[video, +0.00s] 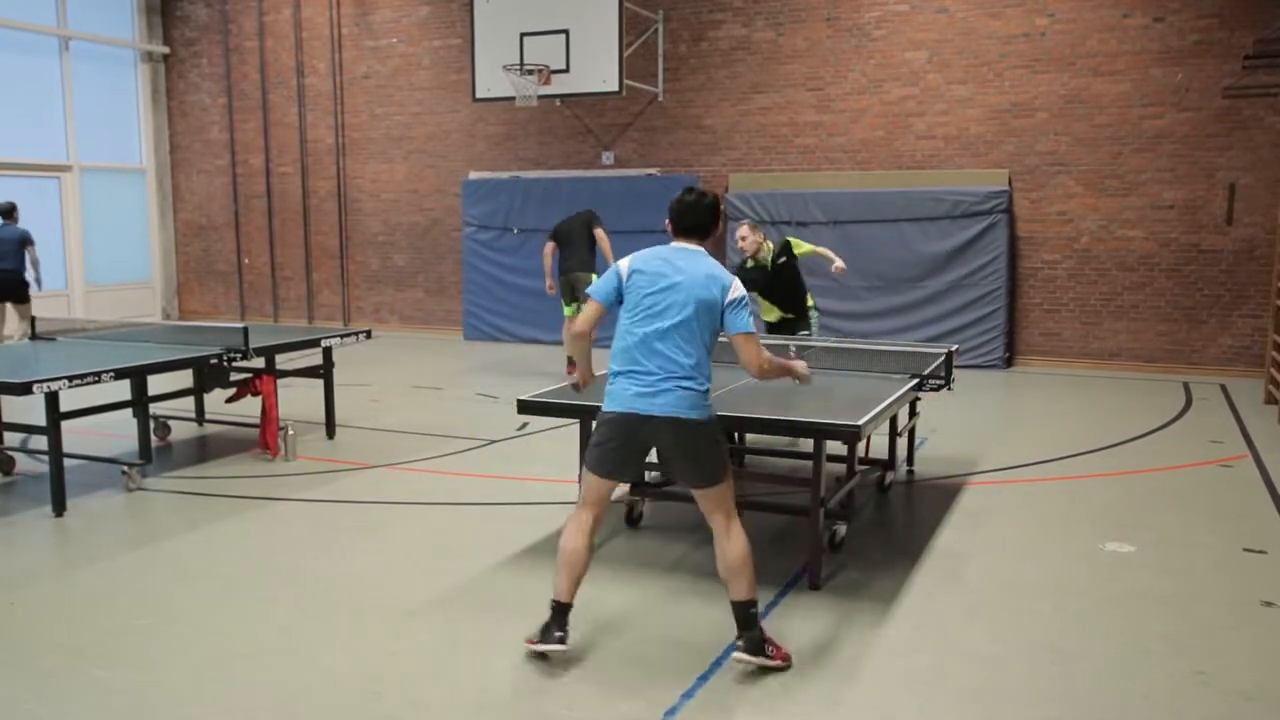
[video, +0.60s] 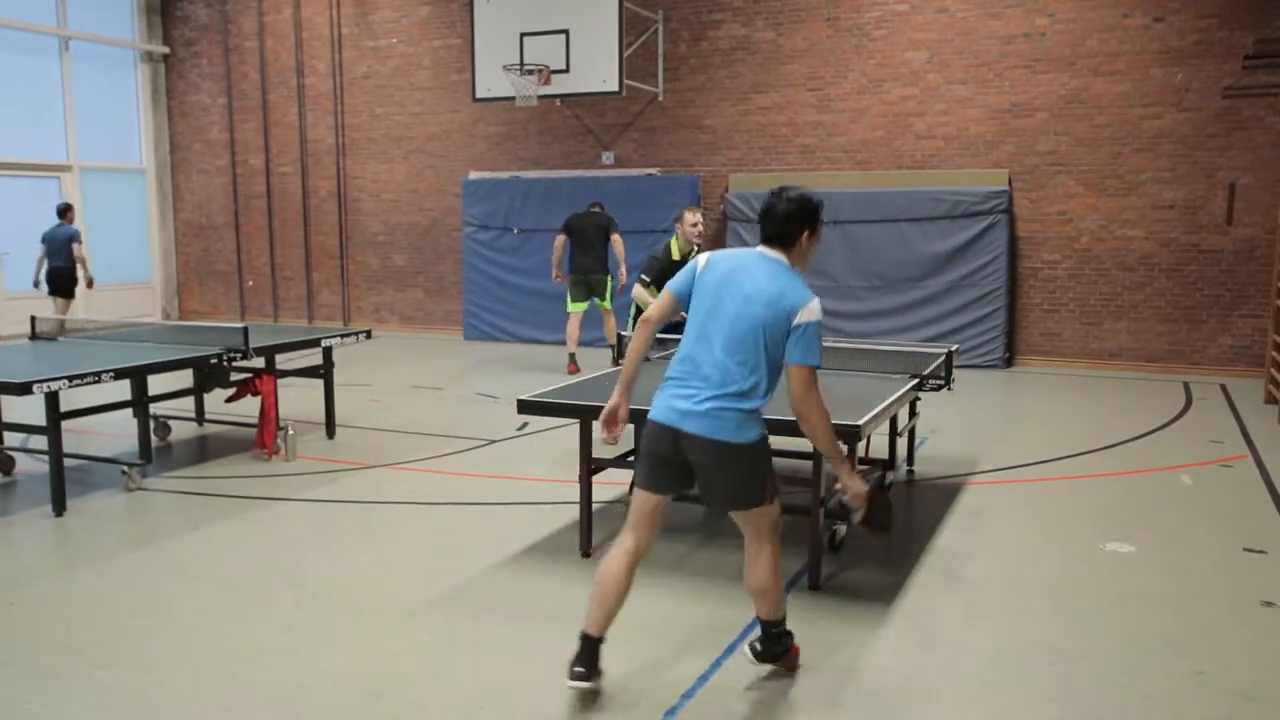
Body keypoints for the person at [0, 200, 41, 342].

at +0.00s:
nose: (18, 215)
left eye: (16, 213)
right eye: (17, 213)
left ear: (3, 216)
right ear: (14, 214)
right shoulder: (22, 234)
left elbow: (33, 257)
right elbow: (33, 257)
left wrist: (36, 274)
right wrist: (37, 275)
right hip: (14, 278)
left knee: (1, 320)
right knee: (25, 318)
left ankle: (2, 344)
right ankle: (18, 344)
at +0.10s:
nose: (25, 216)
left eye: (24, 213)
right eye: (24, 214)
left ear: (9, 216)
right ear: (21, 215)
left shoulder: (2, 232)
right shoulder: (28, 234)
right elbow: (38, 258)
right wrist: (48, 282)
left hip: (3, 279)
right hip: (21, 279)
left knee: (2, 319)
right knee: (35, 312)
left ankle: (2, 345)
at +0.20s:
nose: (34, 219)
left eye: (34, 216)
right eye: (33, 217)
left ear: (18, 220)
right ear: (29, 219)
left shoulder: (6, 238)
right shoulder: (37, 238)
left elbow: (3, 261)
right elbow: (43, 261)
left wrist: (8, 272)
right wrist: (54, 283)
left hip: (10, 281)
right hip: (30, 280)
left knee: (5, 322)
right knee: (42, 319)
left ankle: (3, 353)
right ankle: (43, 355)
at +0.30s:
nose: (45, 219)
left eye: (44, 217)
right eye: (44, 217)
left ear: (29, 220)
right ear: (40, 218)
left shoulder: (18, 237)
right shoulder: (46, 237)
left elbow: (14, 260)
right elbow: (50, 261)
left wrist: (25, 268)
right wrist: (60, 285)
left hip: (22, 277)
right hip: (41, 278)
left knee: (17, 319)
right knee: (50, 318)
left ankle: (5, 343)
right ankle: (51, 350)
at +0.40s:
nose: (54, 216)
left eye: (54, 214)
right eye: (53, 214)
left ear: (39, 216)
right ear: (49, 215)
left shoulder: (27, 234)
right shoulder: (55, 234)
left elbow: (23, 257)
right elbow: (57, 256)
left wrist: (33, 266)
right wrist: (65, 278)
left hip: (33, 273)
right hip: (51, 274)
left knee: (32, 310)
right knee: (54, 312)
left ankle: (24, 336)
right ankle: (52, 340)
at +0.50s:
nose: (63, 214)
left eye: (62, 211)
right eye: (62, 211)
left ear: (48, 213)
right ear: (57, 212)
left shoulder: (37, 231)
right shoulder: (62, 230)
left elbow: (32, 255)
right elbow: (66, 254)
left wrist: (33, 273)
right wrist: (76, 277)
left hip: (42, 270)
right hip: (59, 270)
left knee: (46, 308)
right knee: (56, 310)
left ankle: (43, 338)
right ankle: (51, 339)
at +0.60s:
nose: (73, 216)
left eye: (73, 213)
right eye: (72, 213)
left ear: (59, 215)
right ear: (68, 214)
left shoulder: (48, 233)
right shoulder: (73, 232)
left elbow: (42, 257)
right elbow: (77, 255)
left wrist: (36, 276)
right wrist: (87, 274)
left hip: (52, 271)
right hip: (67, 271)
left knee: (58, 311)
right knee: (61, 312)